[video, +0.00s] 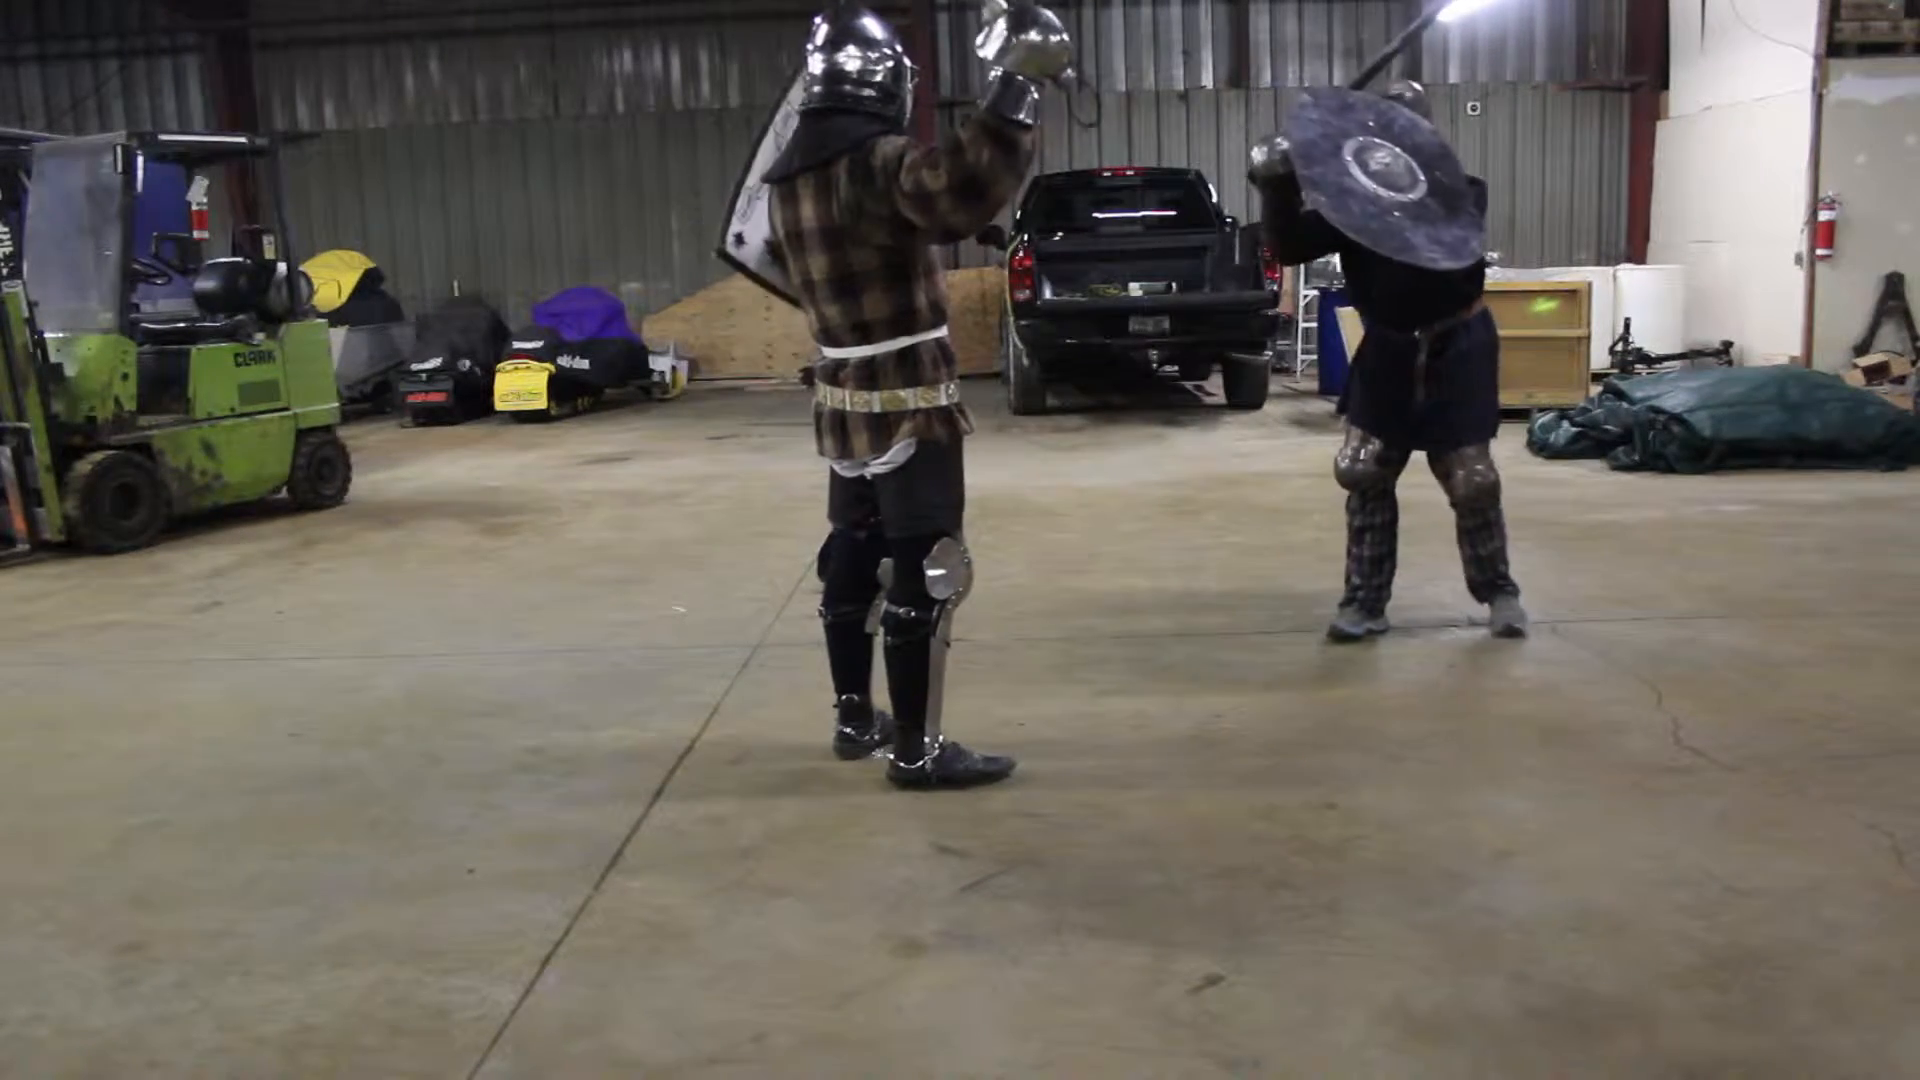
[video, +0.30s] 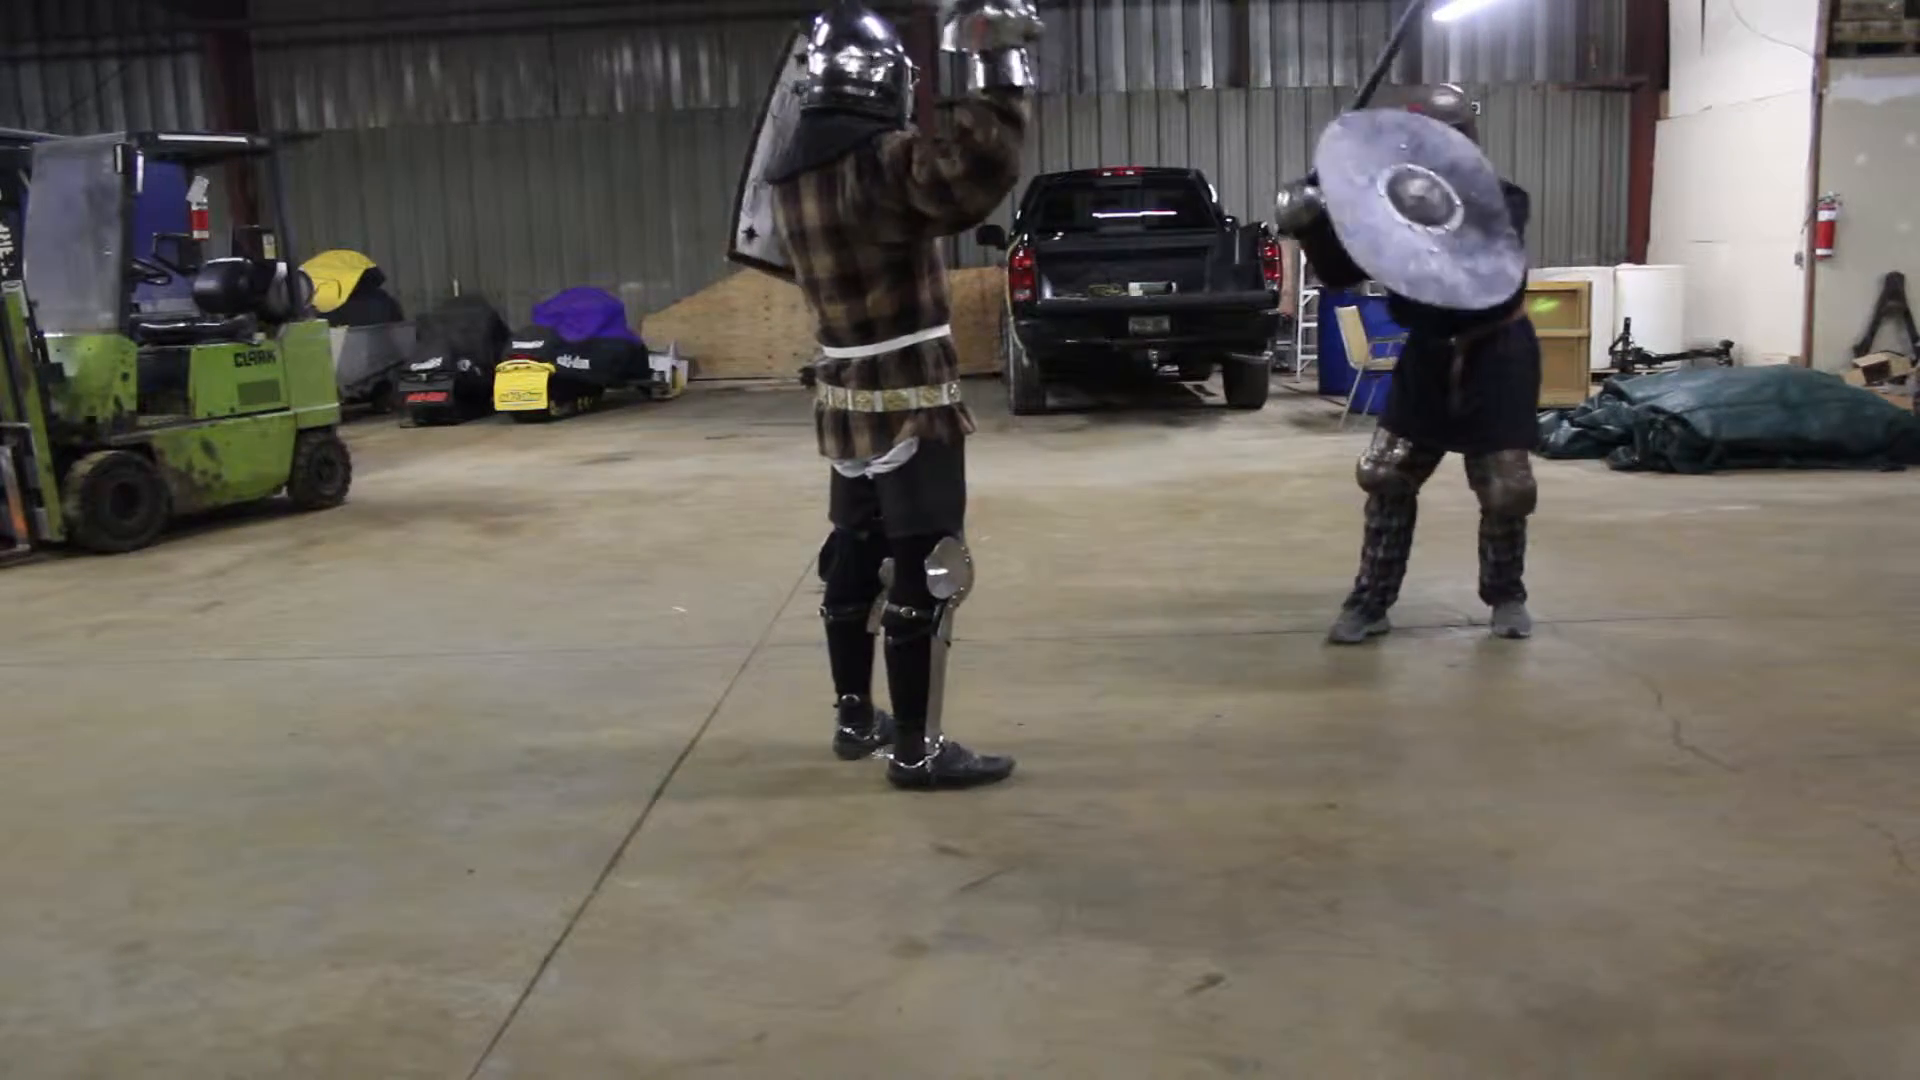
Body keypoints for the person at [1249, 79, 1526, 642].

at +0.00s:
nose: (1391, 151)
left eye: (1404, 135)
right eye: (1379, 140)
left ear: (1425, 141)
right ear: (1363, 153)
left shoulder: (1459, 196)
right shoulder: (1351, 207)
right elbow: (1290, 247)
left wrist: (1419, 143)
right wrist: (1277, 188)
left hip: (1461, 338)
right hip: (1388, 343)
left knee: (1470, 475)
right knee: (1365, 469)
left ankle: (1500, 593)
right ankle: (1365, 600)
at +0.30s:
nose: (1433, 146)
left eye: (1446, 132)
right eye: (1422, 132)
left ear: (1470, 136)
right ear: (1405, 136)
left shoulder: (1501, 201)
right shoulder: (1392, 200)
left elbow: (1493, 288)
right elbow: (1343, 277)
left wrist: (1440, 223)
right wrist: (1310, 229)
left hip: (1498, 348)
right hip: (1426, 348)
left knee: (1507, 487)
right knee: (1388, 474)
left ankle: (1508, 599)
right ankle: (1370, 601)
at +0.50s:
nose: (1453, 146)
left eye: (1467, 133)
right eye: (1442, 135)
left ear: (1490, 139)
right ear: (1427, 141)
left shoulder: (1522, 201)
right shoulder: (1413, 206)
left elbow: (1517, 272)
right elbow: (1353, 268)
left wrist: (1462, 212)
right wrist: (1317, 231)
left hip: (1514, 350)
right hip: (1444, 351)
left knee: (1513, 488)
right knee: (1398, 472)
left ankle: (1509, 599)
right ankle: (1375, 600)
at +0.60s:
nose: (1449, 154)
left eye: (1463, 142)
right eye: (1439, 144)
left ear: (1487, 149)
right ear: (1425, 157)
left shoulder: (1521, 202)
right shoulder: (1417, 214)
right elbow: (1352, 256)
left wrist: (1483, 134)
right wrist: (1315, 213)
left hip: (1518, 348)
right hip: (1446, 351)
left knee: (1515, 484)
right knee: (1396, 466)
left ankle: (1508, 598)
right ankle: (1371, 596)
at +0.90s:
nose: (1436, 145)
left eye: (1449, 130)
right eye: (1426, 134)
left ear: (1468, 138)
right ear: (1408, 146)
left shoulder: (1502, 199)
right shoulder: (1395, 206)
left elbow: (1489, 247)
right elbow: (1326, 236)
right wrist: (1310, 170)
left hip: (1495, 347)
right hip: (1426, 351)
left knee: (1494, 486)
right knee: (1387, 476)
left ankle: (1506, 600)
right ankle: (1356, 601)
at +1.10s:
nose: (1414, 147)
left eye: (1428, 135)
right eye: (1402, 136)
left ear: (1449, 139)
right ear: (1387, 140)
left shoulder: (1476, 209)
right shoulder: (1379, 202)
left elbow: (1465, 295)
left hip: (1466, 354)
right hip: (1394, 352)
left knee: (1470, 490)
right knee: (1351, 477)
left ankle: (1503, 598)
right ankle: (1346, 609)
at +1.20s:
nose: (1417, 153)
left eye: (1427, 140)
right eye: (1401, 141)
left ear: (1445, 144)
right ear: (1378, 144)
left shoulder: (1463, 211)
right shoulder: (1364, 204)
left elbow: (1466, 300)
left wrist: (1415, 339)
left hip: (1454, 360)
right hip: (1380, 360)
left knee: (1470, 499)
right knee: (1341, 479)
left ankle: (1503, 597)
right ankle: (1345, 608)